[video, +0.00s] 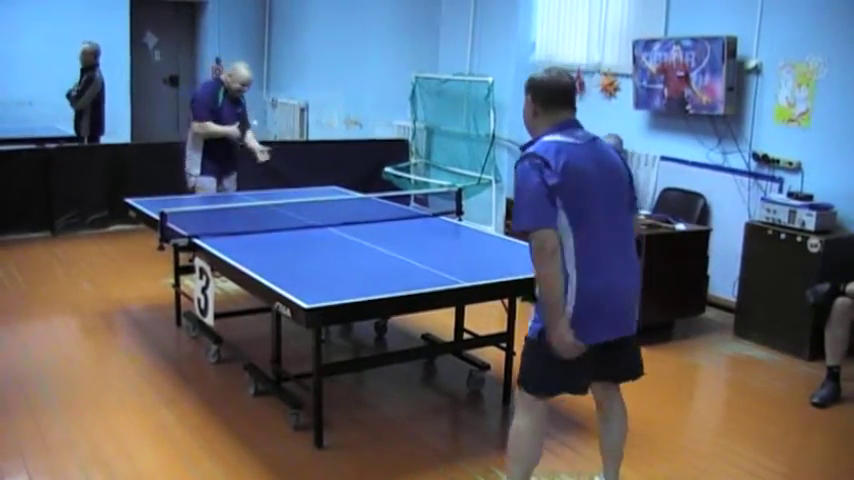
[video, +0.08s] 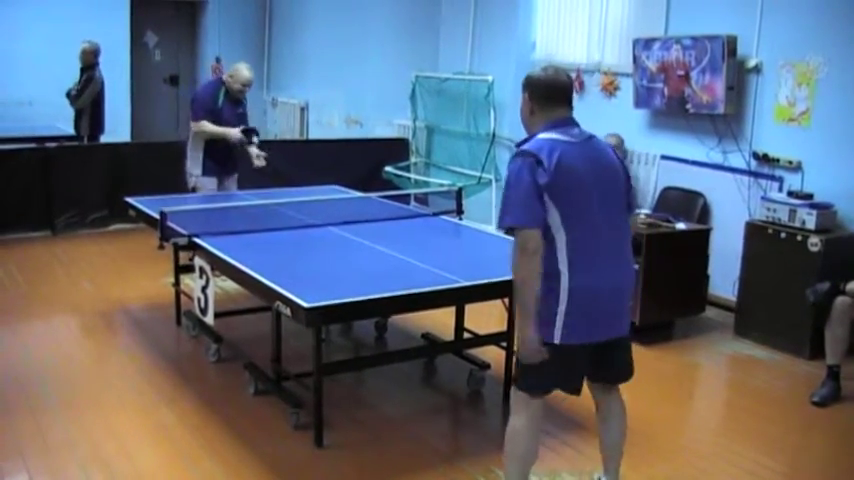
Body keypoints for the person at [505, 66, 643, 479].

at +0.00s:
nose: (524, 112)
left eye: (524, 104)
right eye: (525, 105)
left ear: (531, 106)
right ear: (572, 104)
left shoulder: (536, 160)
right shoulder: (609, 153)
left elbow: (545, 245)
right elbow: (628, 226)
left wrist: (556, 322)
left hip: (571, 314)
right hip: (619, 308)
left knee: (529, 402)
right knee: (608, 391)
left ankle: (517, 475)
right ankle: (611, 475)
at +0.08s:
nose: (520, 110)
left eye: (522, 103)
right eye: (524, 102)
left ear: (528, 105)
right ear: (569, 104)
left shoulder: (531, 158)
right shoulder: (607, 152)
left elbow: (529, 245)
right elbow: (625, 225)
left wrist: (525, 325)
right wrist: (626, 297)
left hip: (558, 311)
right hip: (612, 307)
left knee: (526, 402)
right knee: (607, 390)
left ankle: (514, 475)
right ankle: (611, 474)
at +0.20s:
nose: (520, 112)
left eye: (521, 106)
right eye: (521, 106)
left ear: (527, 106)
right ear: (568, 107)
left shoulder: (530, 157)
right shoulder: (605, 156)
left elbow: (504, 248)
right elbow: (621, 229)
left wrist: (480, 324)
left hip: (560, 303)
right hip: (614, 299)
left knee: (522, 396)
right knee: (610, 383)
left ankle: (513, 475)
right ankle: (621, 473)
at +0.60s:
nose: (565, 154)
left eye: (566, 146)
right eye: (565, 147)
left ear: (576, 145)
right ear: (610, 144)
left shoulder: (587, 182)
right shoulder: (636, 180)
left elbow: (564, 263)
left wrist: (521, 329)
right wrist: (582, 284)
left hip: (620, 314)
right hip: (663, 308)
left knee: (549, 399)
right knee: (647, 380)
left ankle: (519, 472)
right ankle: (675, 462)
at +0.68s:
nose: (573, 156)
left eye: (574, 148)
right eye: (573, 148)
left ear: (584, 146)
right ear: (615, 144)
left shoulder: (606, 188)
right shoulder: (635, 178)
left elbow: (616, 267)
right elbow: (628, 257)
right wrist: (598, 305)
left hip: (639, 315)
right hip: (669, 308)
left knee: (577, 401)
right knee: (650, 385)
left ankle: (539, 473)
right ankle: (675, 462)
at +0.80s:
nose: (587, 156)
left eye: (587, 147)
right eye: (586, 148)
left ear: (599, 143)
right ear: (624, 140)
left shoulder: (634, 179)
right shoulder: (640, 174)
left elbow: (660, 238)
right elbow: (609, 242)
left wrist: (645, 315)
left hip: (659, 312)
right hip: (677, 307)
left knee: (604, 401)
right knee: (654, 382)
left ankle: (576, 474)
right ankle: (675, 462)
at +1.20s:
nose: (605, 137)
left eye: (606, 128)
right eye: (605, 128)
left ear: (617, 126)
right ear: (649, 126)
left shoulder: (642, 173)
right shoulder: (665, 166)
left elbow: (628, 245)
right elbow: (642, 244)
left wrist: (577, 305)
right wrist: (595, 266)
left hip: (661, 310)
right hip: (684, 303)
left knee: (610, 407)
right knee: (662, 382)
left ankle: (603, 473)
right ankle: (677, 462)